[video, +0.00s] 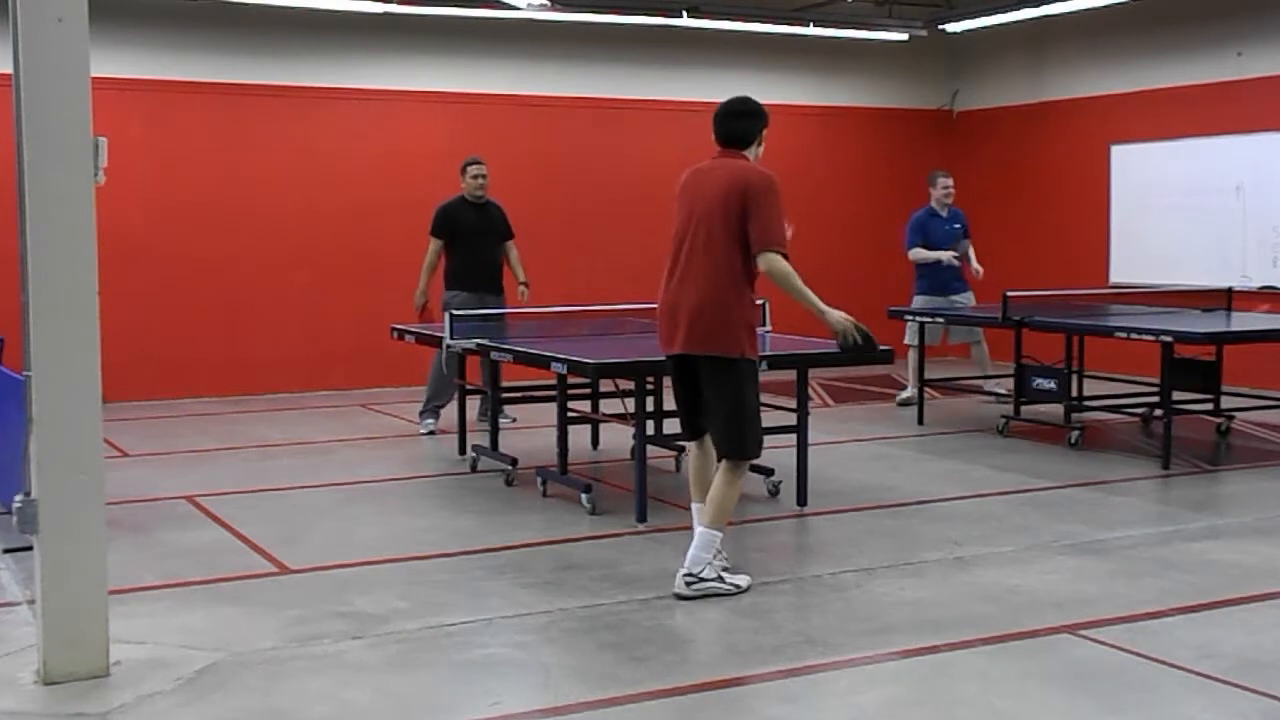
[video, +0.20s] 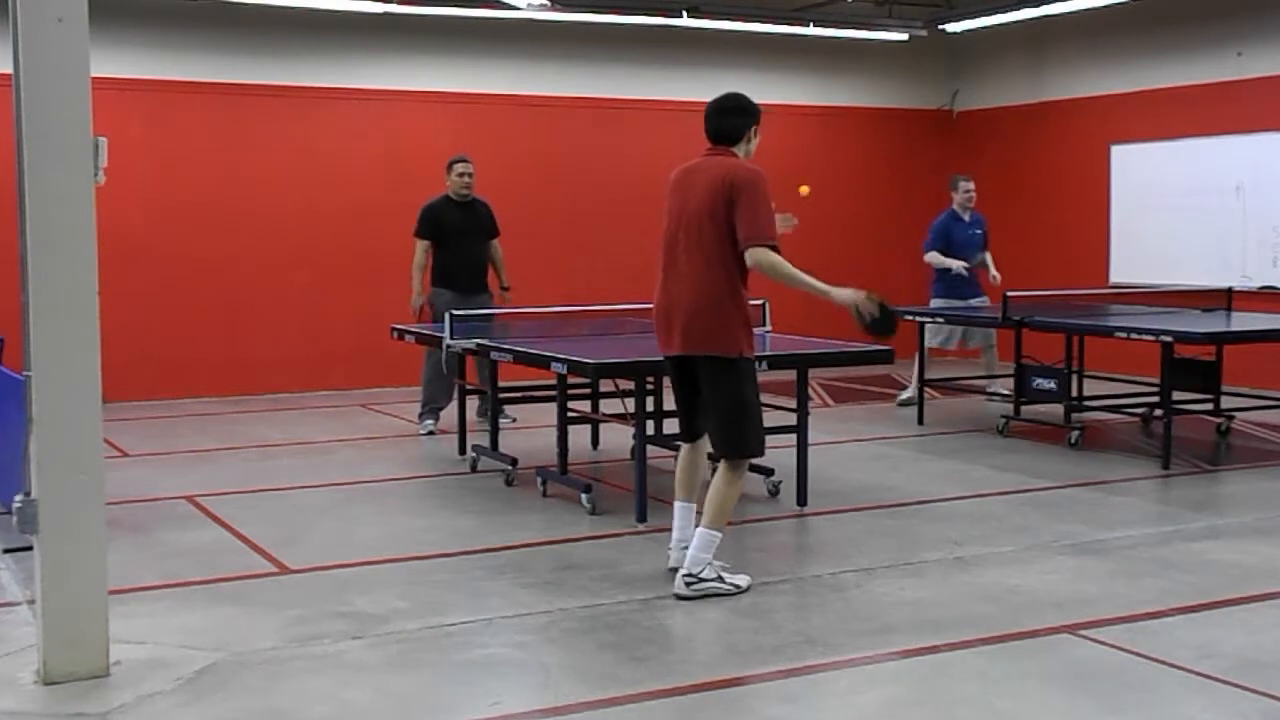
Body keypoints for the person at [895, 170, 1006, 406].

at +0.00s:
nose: (950, 192)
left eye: (952, 188)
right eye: (945, 188)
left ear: (954, 190)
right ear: (932, 191)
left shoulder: (959, 217)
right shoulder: (919, 220)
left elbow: (966, 243)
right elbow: (913, 253)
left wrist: (973, 261)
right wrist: (941, 255)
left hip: (958, 289)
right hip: (927, 292)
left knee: (976, 336)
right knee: (915, 342)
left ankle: (989, 381)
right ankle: (913, 387)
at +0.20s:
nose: (972, 196)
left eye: (973, 191)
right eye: (966, 192)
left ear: (975, 194)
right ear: (953, 195)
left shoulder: (978, 221)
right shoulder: (942, 223)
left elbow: (984, 251)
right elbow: (929, 255)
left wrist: (992, 269)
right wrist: (951, 263)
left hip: (974, 293)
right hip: (945, 295)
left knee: (989, 340)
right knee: (928, 345)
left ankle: (993, 384)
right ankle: (914, 387)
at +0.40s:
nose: (980, 195)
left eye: (982, 191)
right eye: (975, 191)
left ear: (985, 193)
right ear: (962, 194)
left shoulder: (991, 221)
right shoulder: (950, 221)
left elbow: (1002, 248)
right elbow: (934, 252)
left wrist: (1006, 266)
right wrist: (947, 266)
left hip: (981, 293)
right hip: (951, 293)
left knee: (994, 340)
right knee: (933, 340)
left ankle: (993, 384)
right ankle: (919, 385)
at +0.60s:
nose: (966, 203)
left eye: (969, 199)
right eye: (961, 200)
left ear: (973, 200)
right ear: (951, 202)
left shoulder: (986, 225)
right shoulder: (941, 229)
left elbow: (1008, 249)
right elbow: (923, 258)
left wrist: (1006, 267)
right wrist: (919, 279)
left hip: (982, 298)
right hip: (949, 298)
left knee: (997, 343)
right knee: (934, 344)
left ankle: (993, 385)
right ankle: (920, 389)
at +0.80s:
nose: (942, 209)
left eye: (945, 204)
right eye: (938, 206)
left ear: (954, 202)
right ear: (933, 207)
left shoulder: (974, 225)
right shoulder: (930, 233)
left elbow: (1001, 247)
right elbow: (918, 263)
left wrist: (991, 270)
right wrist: (901, 277)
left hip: (977, 297)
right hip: (944, 298)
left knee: (993, 343)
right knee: (930, 343)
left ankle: (994, 385)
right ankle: (922, 389)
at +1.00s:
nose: (936, 202)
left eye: (939, 197)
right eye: (931, 199)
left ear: (945, 196)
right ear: (924, 202)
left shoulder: (964, 219)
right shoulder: (921, 226)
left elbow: (987, 245)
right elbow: (923, 257)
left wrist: (970, 265)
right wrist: (933, 238)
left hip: (967, 293)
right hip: (936, 294)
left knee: (982, 341)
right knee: (926, 343)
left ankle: (991, 383)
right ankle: (920, 388)